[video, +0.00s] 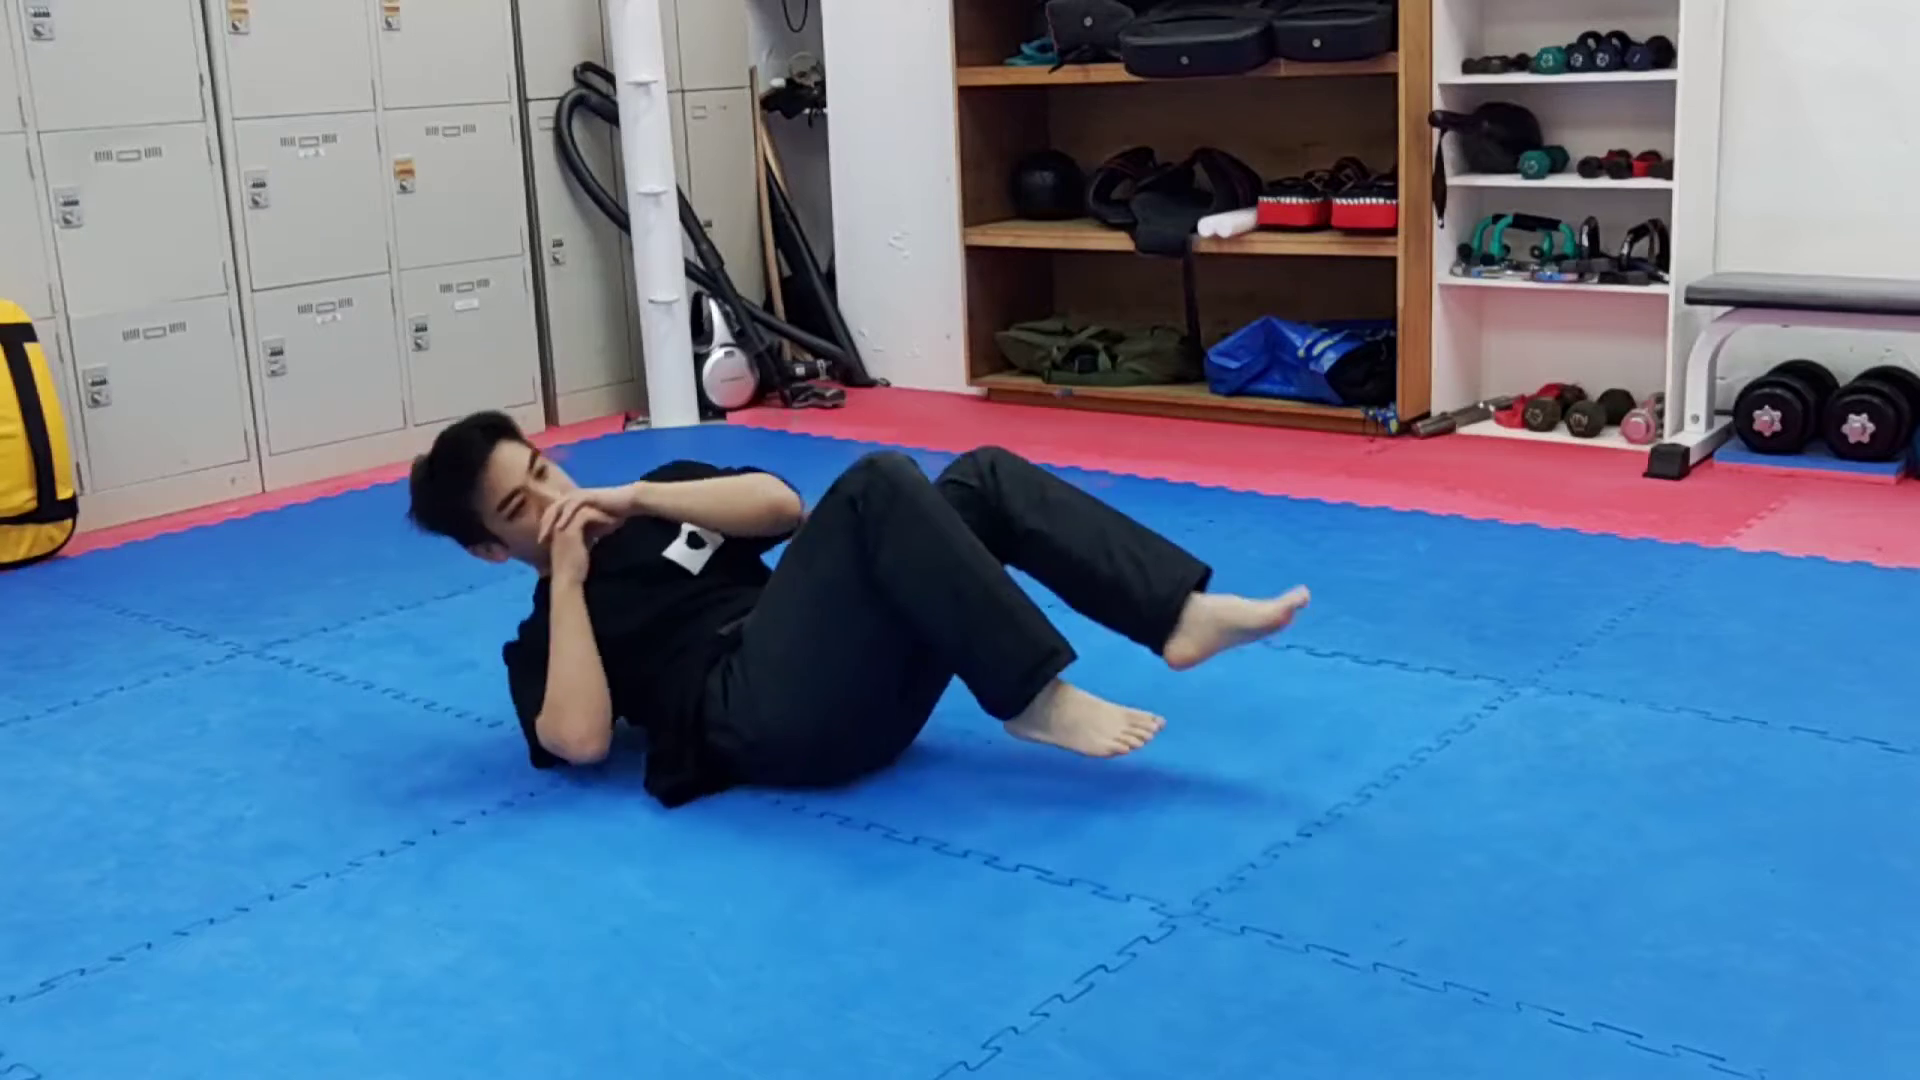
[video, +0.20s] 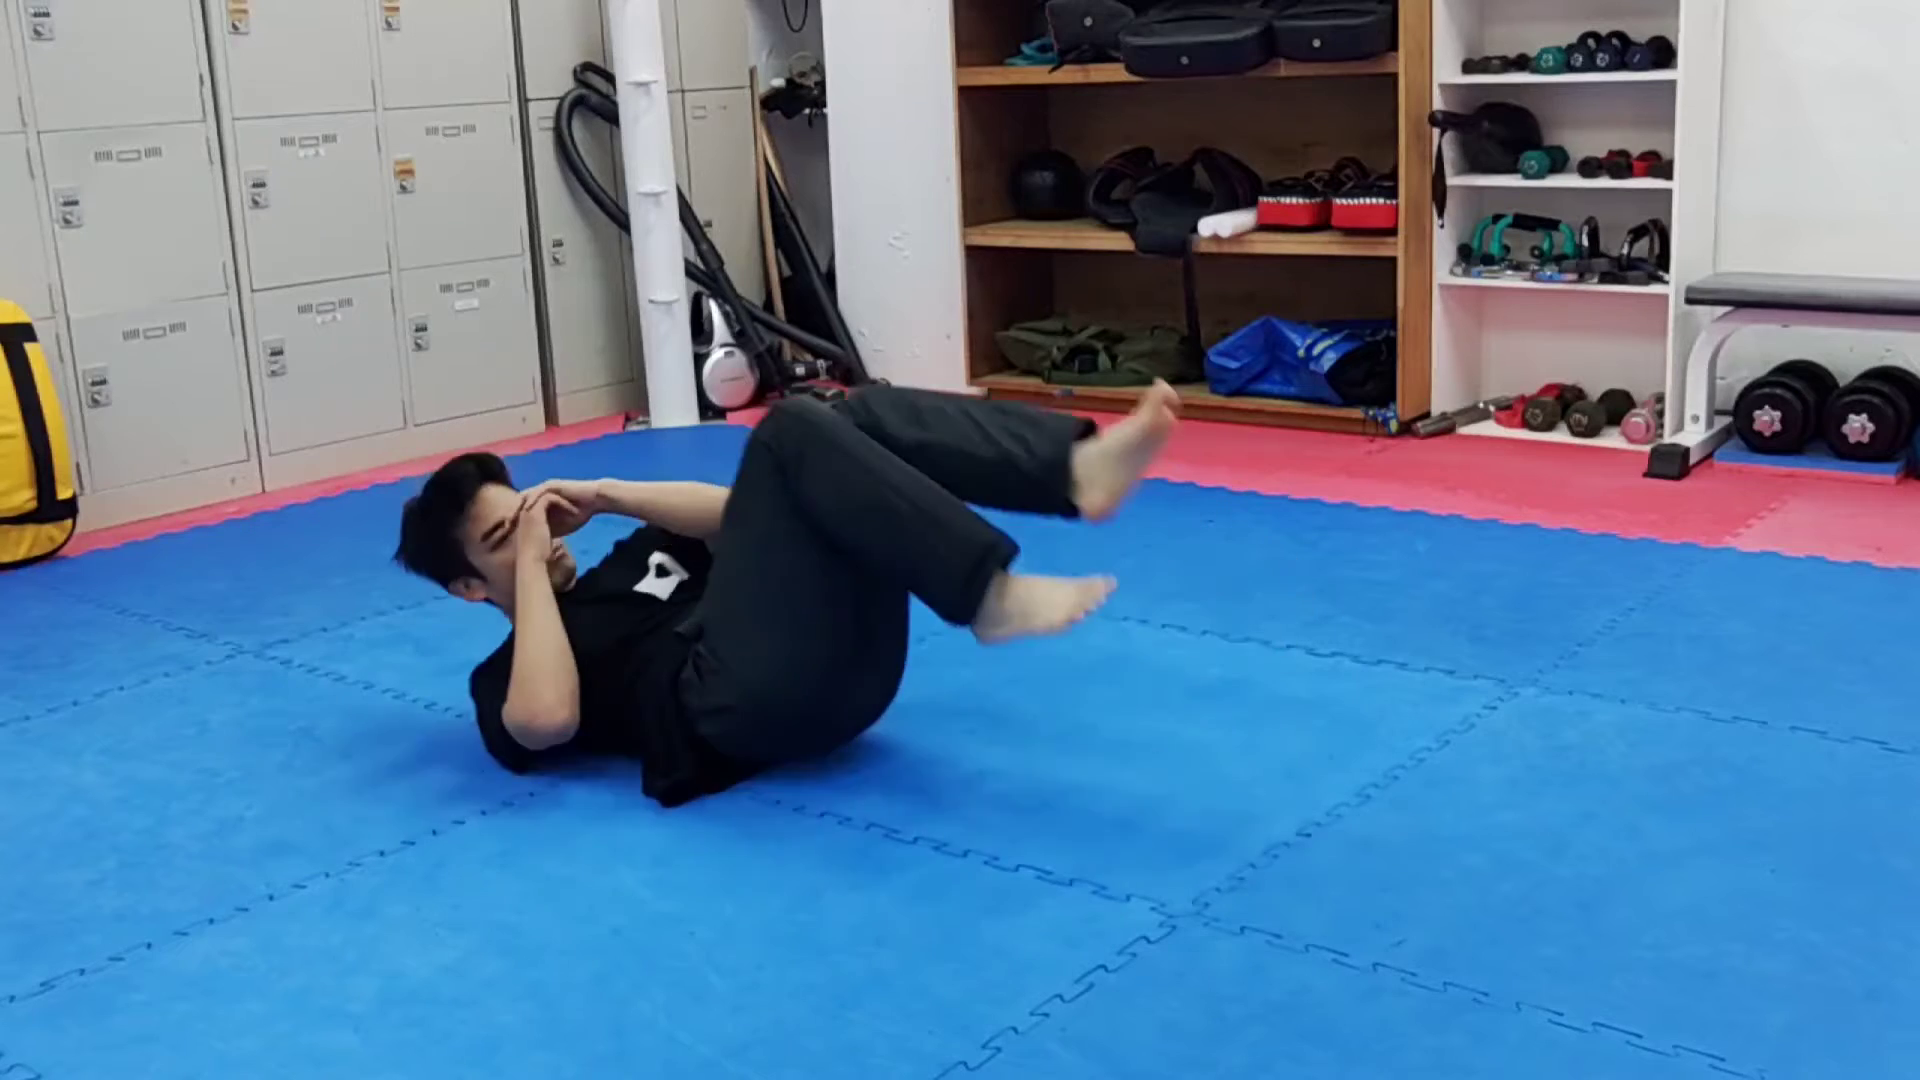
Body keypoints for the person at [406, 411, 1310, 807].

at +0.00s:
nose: (543, 498)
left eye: (535, 475)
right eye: (514, 506)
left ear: (554, 460)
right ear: (490, 543)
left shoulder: (652, 511)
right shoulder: (534, 635)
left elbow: (788, 507)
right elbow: (579, 742)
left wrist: (637, 500)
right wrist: (564, 585)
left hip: (864, 681)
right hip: (775, 730)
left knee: (983, 476)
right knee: (878, 480)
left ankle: (1179, 616)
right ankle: (1035, 697)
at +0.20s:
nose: (531, 533)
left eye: (529, 510)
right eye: (499, 538)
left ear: (545, 512)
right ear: (470, 583)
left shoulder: (634, 559)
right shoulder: (504, 676)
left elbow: (745, 519)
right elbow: (546, 724)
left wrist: (603, 496)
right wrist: (533, 570)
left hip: (835, 662)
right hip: (750, 707)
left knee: (853, 418)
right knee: (787, 433)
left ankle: (1074, 470)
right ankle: (985, 595)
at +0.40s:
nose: (535, 532)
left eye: (533, 518)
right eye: (505, 530)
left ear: (549, 530)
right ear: (469, 586)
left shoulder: (629, 581)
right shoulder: (492, 667)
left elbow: (746, 537)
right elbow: (556, 629)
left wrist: (665, 492)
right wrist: (580, 504)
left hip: (815, 626)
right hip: (745, 687)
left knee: (785, 371)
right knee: (720, 432)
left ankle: (1019, 444)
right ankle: (966, 528)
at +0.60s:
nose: (591, 495)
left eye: (585, 482)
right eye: (561, 489)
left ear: (599, 504)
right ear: (516, 536)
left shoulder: (646, 577)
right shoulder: (518, 621)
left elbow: (756, 600)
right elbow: (625, 598)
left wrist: (717, 501)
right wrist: (676, 504)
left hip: (861, 662)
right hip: (787, 710)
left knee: (861, 426)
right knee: (765, 474)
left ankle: (1055, 542)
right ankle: (998, 604)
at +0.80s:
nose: (662, 432)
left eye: (654, 417)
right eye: (635, 426)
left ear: (655, 437)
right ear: (586, 469)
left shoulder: (721, 519)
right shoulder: (569, 568)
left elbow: (842, 550)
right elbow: (635, 621)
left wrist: (767, 485)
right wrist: (703, 496)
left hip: (897, 669)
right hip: (804, 702)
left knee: (977, 454)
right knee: (872, 456)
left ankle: (1136, 619)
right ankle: (1031, 661)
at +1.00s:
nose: (659, 436)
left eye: (649, 417)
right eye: (634, 437)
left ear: (663, 418)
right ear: (604, 483)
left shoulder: (752, 474)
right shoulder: (619, 593)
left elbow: (876, 492)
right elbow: (654, 691)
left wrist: (737, 479)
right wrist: (671, 532)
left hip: (920, 648)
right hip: (829, 693)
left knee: (1028, 457)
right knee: (923, 456)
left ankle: (1210, 590)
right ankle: (1074, 662)